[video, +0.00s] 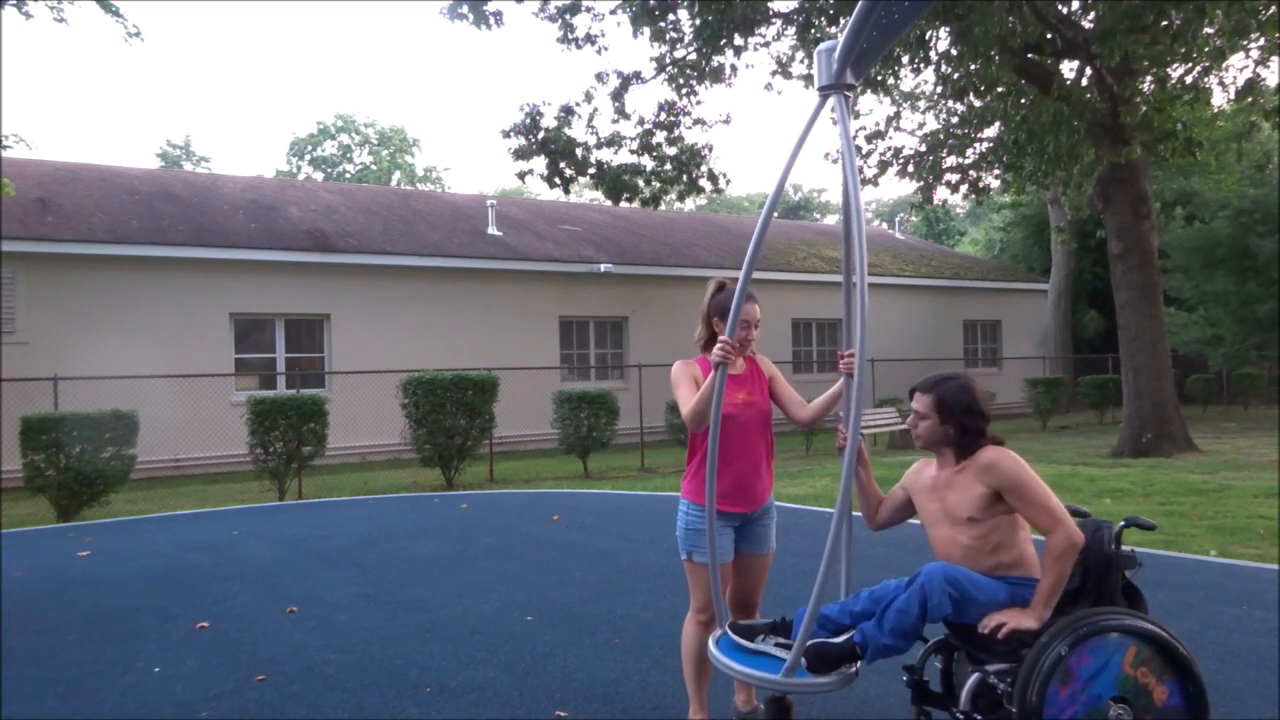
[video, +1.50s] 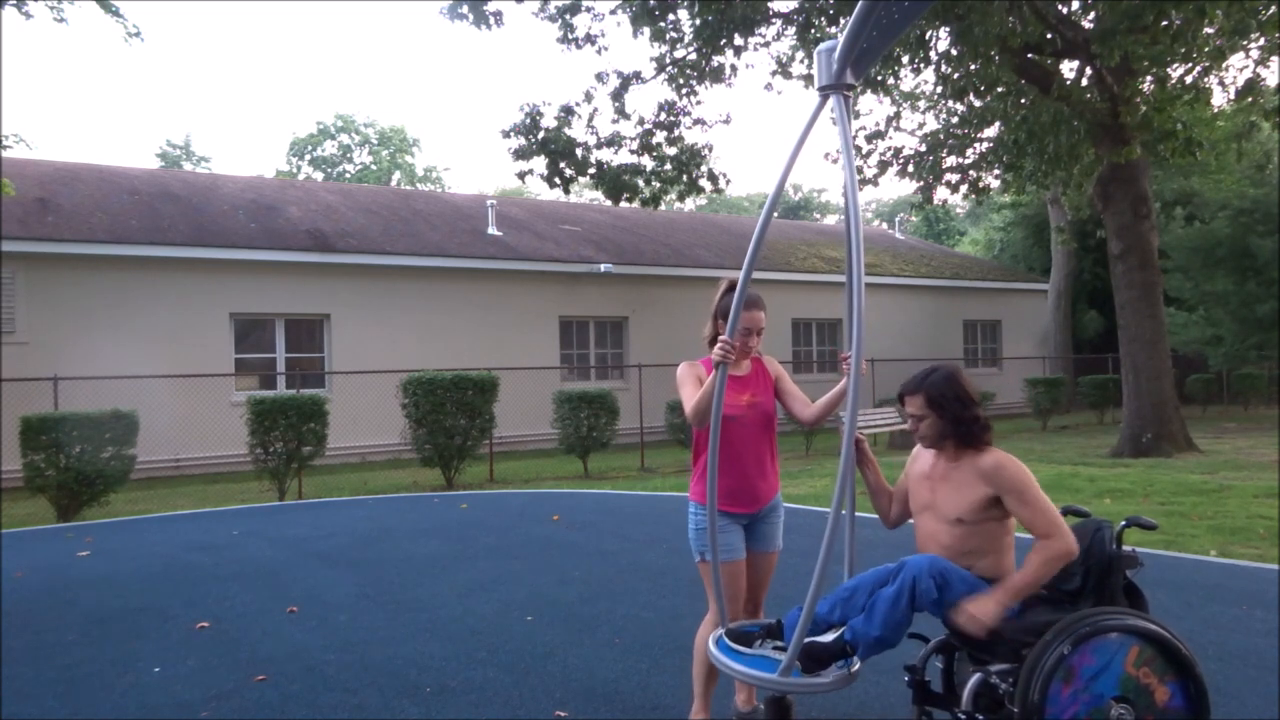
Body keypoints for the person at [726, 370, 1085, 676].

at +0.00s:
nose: (910, 424)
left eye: (919, 417)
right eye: (910, 415)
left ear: (952, 423)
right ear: (942, 423)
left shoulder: (995, 463)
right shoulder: (919, 473)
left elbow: (1067, 537)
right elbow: (877, 517)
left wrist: (1036, 613)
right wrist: (860, 462)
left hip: (1016, 596)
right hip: (961, 593)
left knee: (937, 576)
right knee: (888, 593)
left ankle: (854, 647)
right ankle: (787, 630)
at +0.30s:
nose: (893, 429)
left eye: (900, 421)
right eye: (891, 420)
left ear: (931, 419)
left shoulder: (976, 461)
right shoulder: (907, 462)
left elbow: (1043, 538)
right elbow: (889, 513)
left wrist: (1039, 621)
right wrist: (863, 460)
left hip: (1005, 586)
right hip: (944, 577)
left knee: (938, 599)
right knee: (883, 594)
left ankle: (854, 651)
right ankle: (792, 632)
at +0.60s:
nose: (887, 411)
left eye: (895, 404)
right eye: (886, 402)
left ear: (925, 404)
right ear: (912, 404)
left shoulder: (965, 454)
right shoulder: (903, 445)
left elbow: (1023, 538)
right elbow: (906, 505)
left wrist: (1037, 621)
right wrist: (869, 460)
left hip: (989, 582)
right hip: (928, 564)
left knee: (922, 595)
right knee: (871, 582)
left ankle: (840, 648)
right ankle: (790, 629)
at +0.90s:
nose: (891, 410)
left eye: (899, 403)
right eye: (889, 402)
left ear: (929, 401)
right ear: (910, 400)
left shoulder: (966, 451)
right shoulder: (905, 439)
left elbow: (1021, 535)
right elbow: (904, 501)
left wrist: (1035, 620)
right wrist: (869, 460)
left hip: (972, 580)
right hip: (917, 556)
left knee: (903, 589)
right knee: (853, 577)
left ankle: (819, 647)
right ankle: (782, 632)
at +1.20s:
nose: (895, 428)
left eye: (903, 419)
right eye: (892, 419)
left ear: (934, 414)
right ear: (895, 416)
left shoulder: (975, 461)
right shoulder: (908, 454)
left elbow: (1048, 536)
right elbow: (897, 515)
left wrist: (1035, 619)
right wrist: (866, 461)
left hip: (987, 594)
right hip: (937, 583)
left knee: (915, 567)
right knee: (875, 575)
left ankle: (841, 647)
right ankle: (785, 632)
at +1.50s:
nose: (910, 428)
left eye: (917, 419)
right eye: (907, 419)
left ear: (948, 414)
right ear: (915, 416)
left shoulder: (997, 467)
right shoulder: (920, 455)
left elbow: (1061, 544)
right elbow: (892, 515)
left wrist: (998, 601)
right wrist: (866, 463)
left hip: (986, 594)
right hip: (932, 584)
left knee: (921, 568)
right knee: (882, 577)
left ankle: (842, 646)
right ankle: (784, 631)